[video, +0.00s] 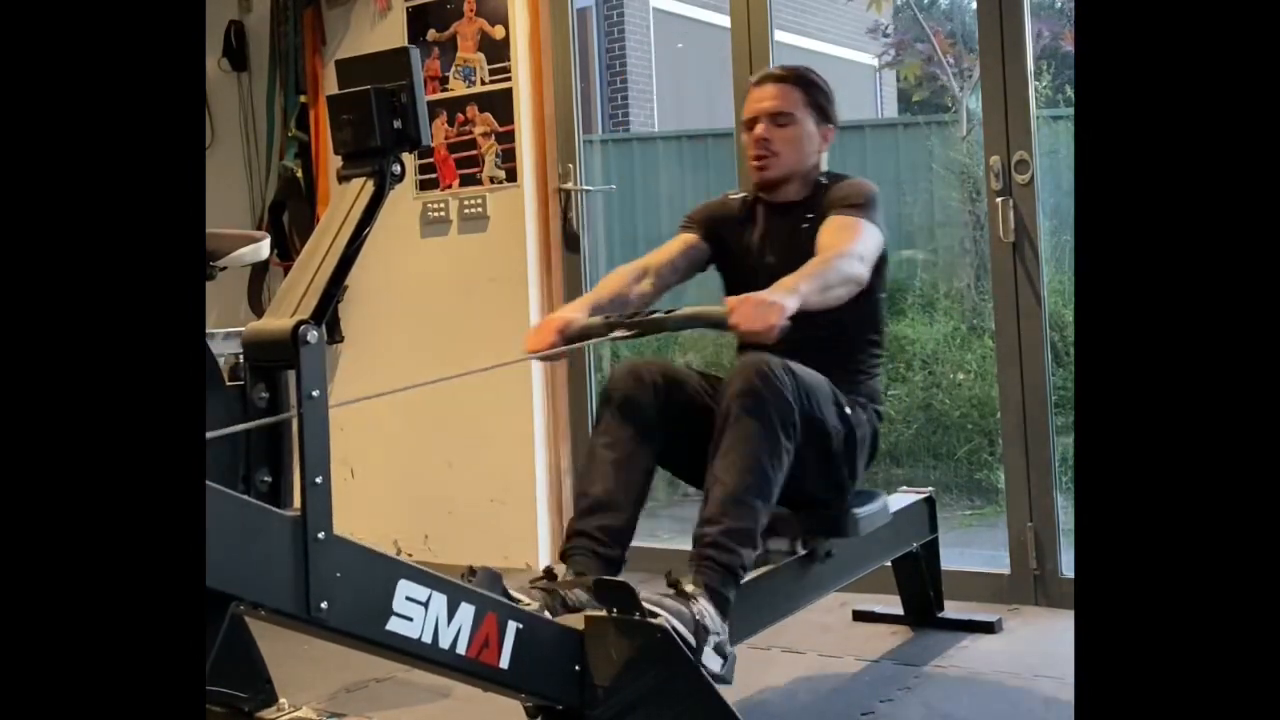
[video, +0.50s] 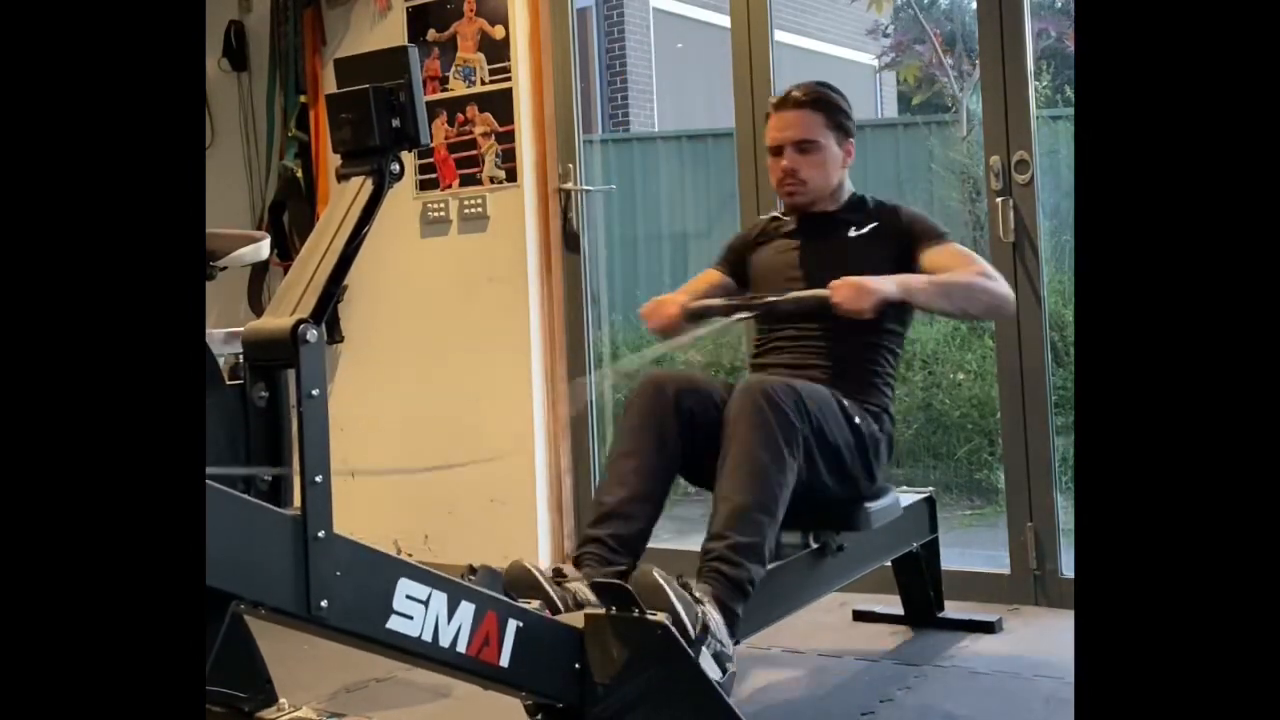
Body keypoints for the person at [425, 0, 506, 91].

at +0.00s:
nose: (471, 7)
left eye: (473, 4)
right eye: (468, 4)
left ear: (476, 7)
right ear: (463, 8)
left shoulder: (480, 22)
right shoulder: (457, 25)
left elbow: (493, 34)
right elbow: (445, 36)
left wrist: (498, 32)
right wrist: (435, 36)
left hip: (474, 60)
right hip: (460, 59)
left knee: (474, 89)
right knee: (458, 89)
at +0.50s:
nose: (471, 7)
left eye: (473, 4)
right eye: (468, 4)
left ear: (476, 7)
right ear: (463, 8)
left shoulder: (480, 22)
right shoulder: (457, 25)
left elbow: (493, 34)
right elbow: (445, 36)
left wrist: (498, 32)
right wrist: (435, 36)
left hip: (474, 60)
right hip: (460, 59)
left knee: (474, 89)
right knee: (458, 89)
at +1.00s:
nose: (471, 8)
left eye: (473, 6)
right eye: (468, 6)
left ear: (476, 8)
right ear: (463, 8)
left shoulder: (480, 22)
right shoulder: (457, 25)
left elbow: (493, 33)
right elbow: (445, 36)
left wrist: (498, 32)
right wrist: (435, 36)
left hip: (474, 60)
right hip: (460, 59)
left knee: (474, 88)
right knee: (457, 88)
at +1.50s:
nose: (471, 9)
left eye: (473, 6)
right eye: (468, 6)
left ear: (476, 8)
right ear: (463, 8)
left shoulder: (480, 22)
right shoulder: (457, 25)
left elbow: (493, 33)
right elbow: (445, 36)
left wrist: (498, 32)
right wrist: (435, 36)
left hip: (474, 60)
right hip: (460, 59)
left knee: (474, 89)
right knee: (458, 89)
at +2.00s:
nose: (471, 9)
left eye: (473, 7)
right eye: (468, 8)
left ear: (475, 8)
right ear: (463, 8)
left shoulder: (480, 22)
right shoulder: (458, 25)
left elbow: (493, 34)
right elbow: (445, 36)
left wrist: (498, 32)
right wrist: (435, 36)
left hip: (474, 60)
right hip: (460, 59)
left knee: (474, 89)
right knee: (458, 89)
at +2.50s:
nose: (471, 7)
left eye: (473, 5)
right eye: (468, 5)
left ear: (476, 8)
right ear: (463, 8)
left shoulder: (480, 22)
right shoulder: (457, 25)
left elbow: (493, 34)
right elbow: (445, 36)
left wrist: (498, 32)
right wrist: (435, 36)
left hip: (474, 60)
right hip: (460, 59)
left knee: (474, 89)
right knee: (459, 90)